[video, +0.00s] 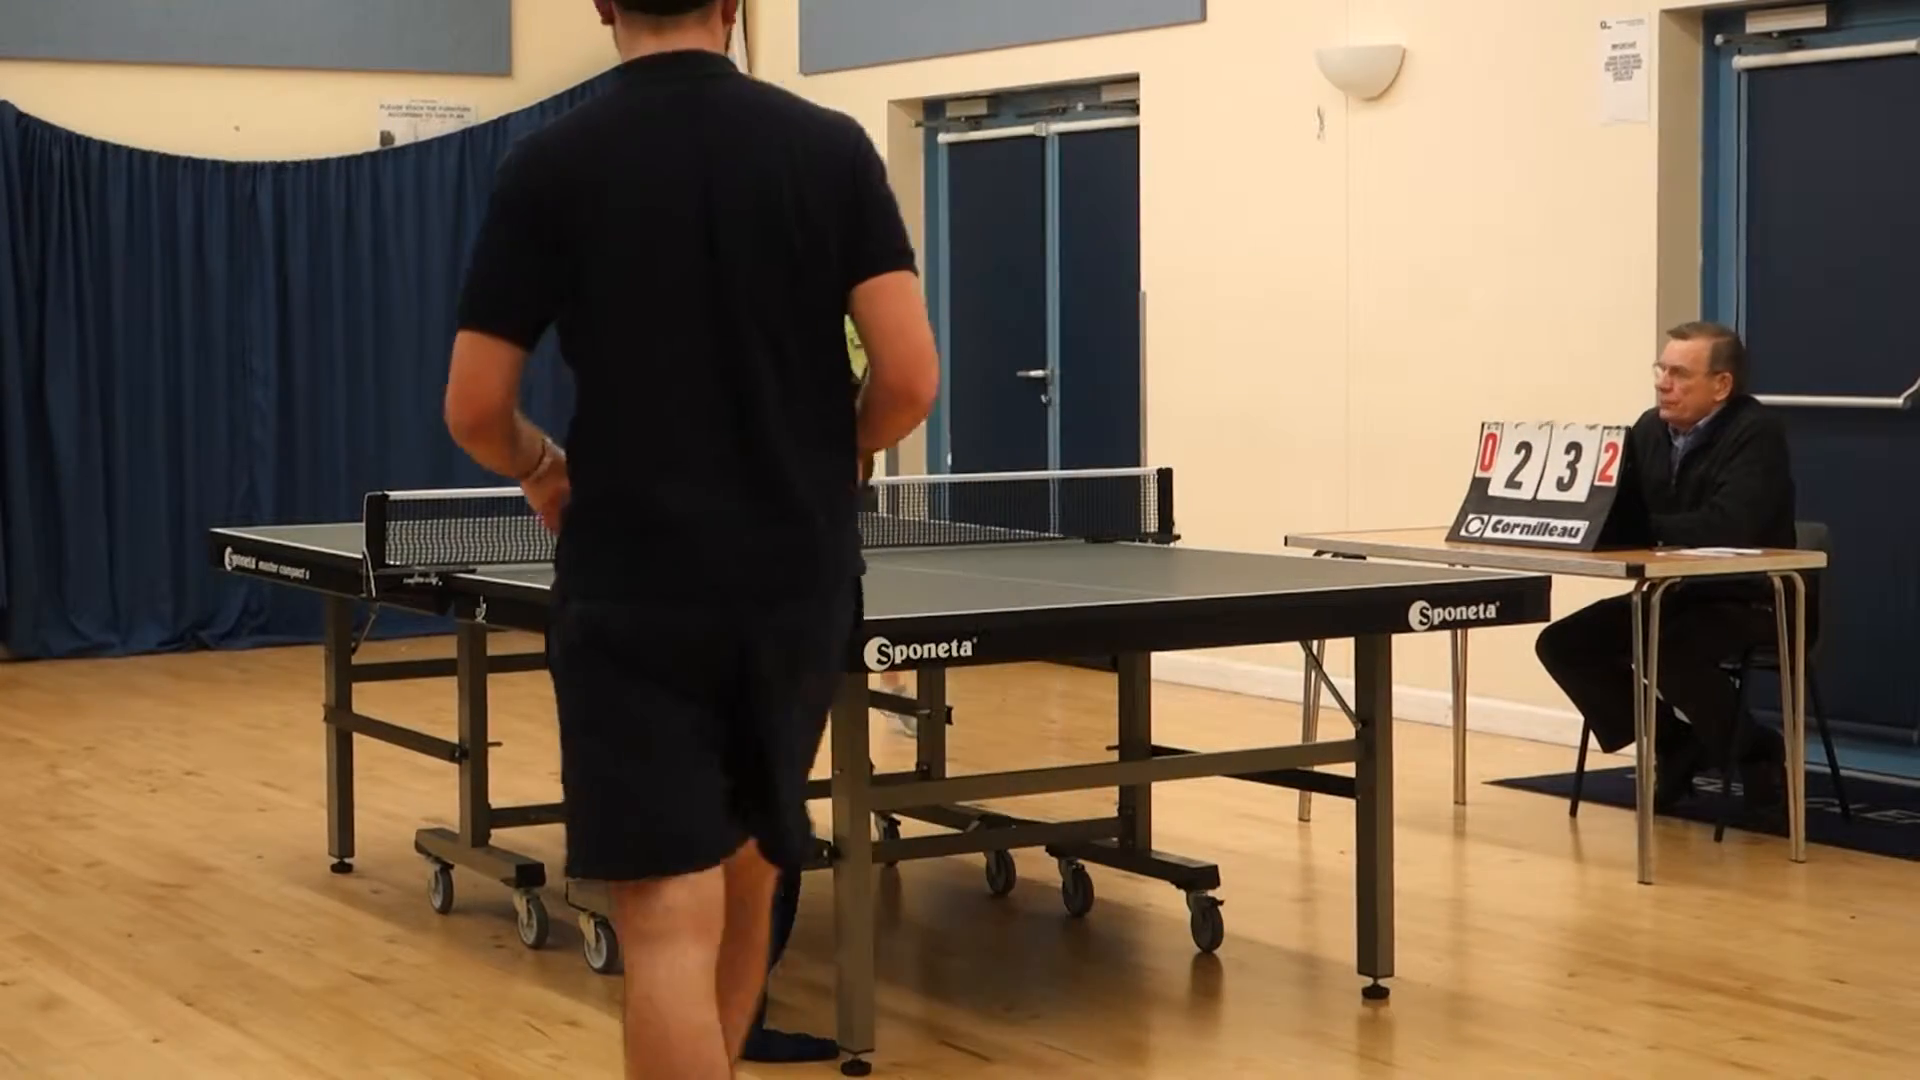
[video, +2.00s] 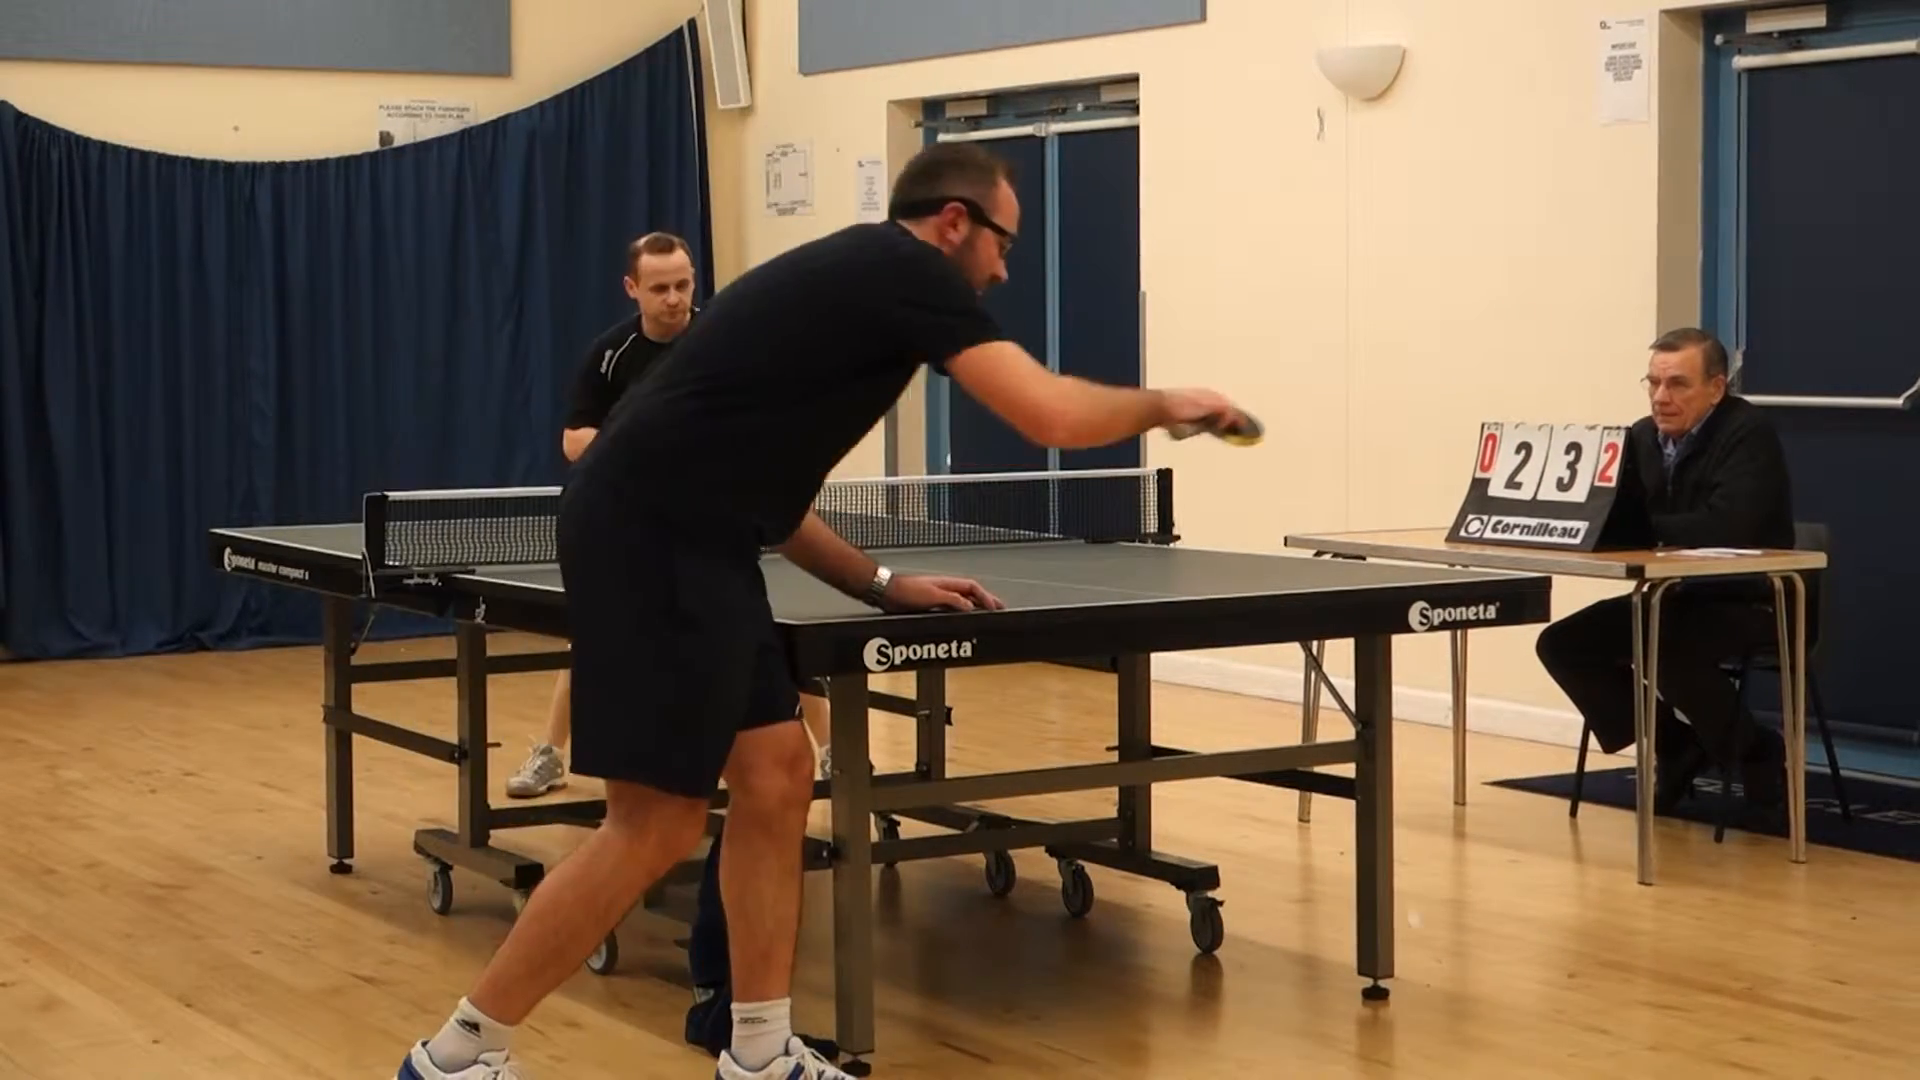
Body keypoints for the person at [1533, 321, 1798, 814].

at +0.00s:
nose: (1663, 383)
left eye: (1679, 374)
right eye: (1661, 370)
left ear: (1721, 386)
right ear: (1655, 371)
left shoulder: (1756, 432)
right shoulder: (1649, 429)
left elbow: (1737, 526)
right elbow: (1613, 509)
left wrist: (1639, 530)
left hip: (1754, 597)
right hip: (1672, 592)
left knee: (1669, 649)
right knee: (1562, 644)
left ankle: (1758, 750)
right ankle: (1674, 742)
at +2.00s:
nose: (1661, 396)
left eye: (1677, 383)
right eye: (1654, 382)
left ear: (1716, 388)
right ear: (1646, 383)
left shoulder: (1749, 434)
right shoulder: (1641, 438)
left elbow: (1733, 526)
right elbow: (1610, 518)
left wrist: (1639, 531)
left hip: (1755, 601)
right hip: (1672, 597)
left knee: (1668, 647)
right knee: (1561, 644)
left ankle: (1757, 751)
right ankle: (1674, 741)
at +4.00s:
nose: (1656, 398)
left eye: (1671, 385)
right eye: (1651, 384)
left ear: (1713, 388)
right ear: (1644, 385)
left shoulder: (1747, 435)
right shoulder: (1640, 438)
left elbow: (1734, 527)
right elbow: (1609, 517)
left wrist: (1638, 530)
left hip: (1757, 601)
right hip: (1671, 596)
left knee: (1666, 644)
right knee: (1562, 644)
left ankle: (1756, 752)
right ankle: (1674, 743)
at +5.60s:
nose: (1639, 396)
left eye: (1653, 385)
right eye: (1640, 383)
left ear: (1698, 393)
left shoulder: (1746, 435)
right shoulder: (1642, 439)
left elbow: (1734, 528)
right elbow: (1623, 529)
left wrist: (1647, 532)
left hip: (1755, 597)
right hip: (1677, 592)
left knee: (1670, 642)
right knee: (1605, 629)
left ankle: (1758, 753)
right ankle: (1675, 742)